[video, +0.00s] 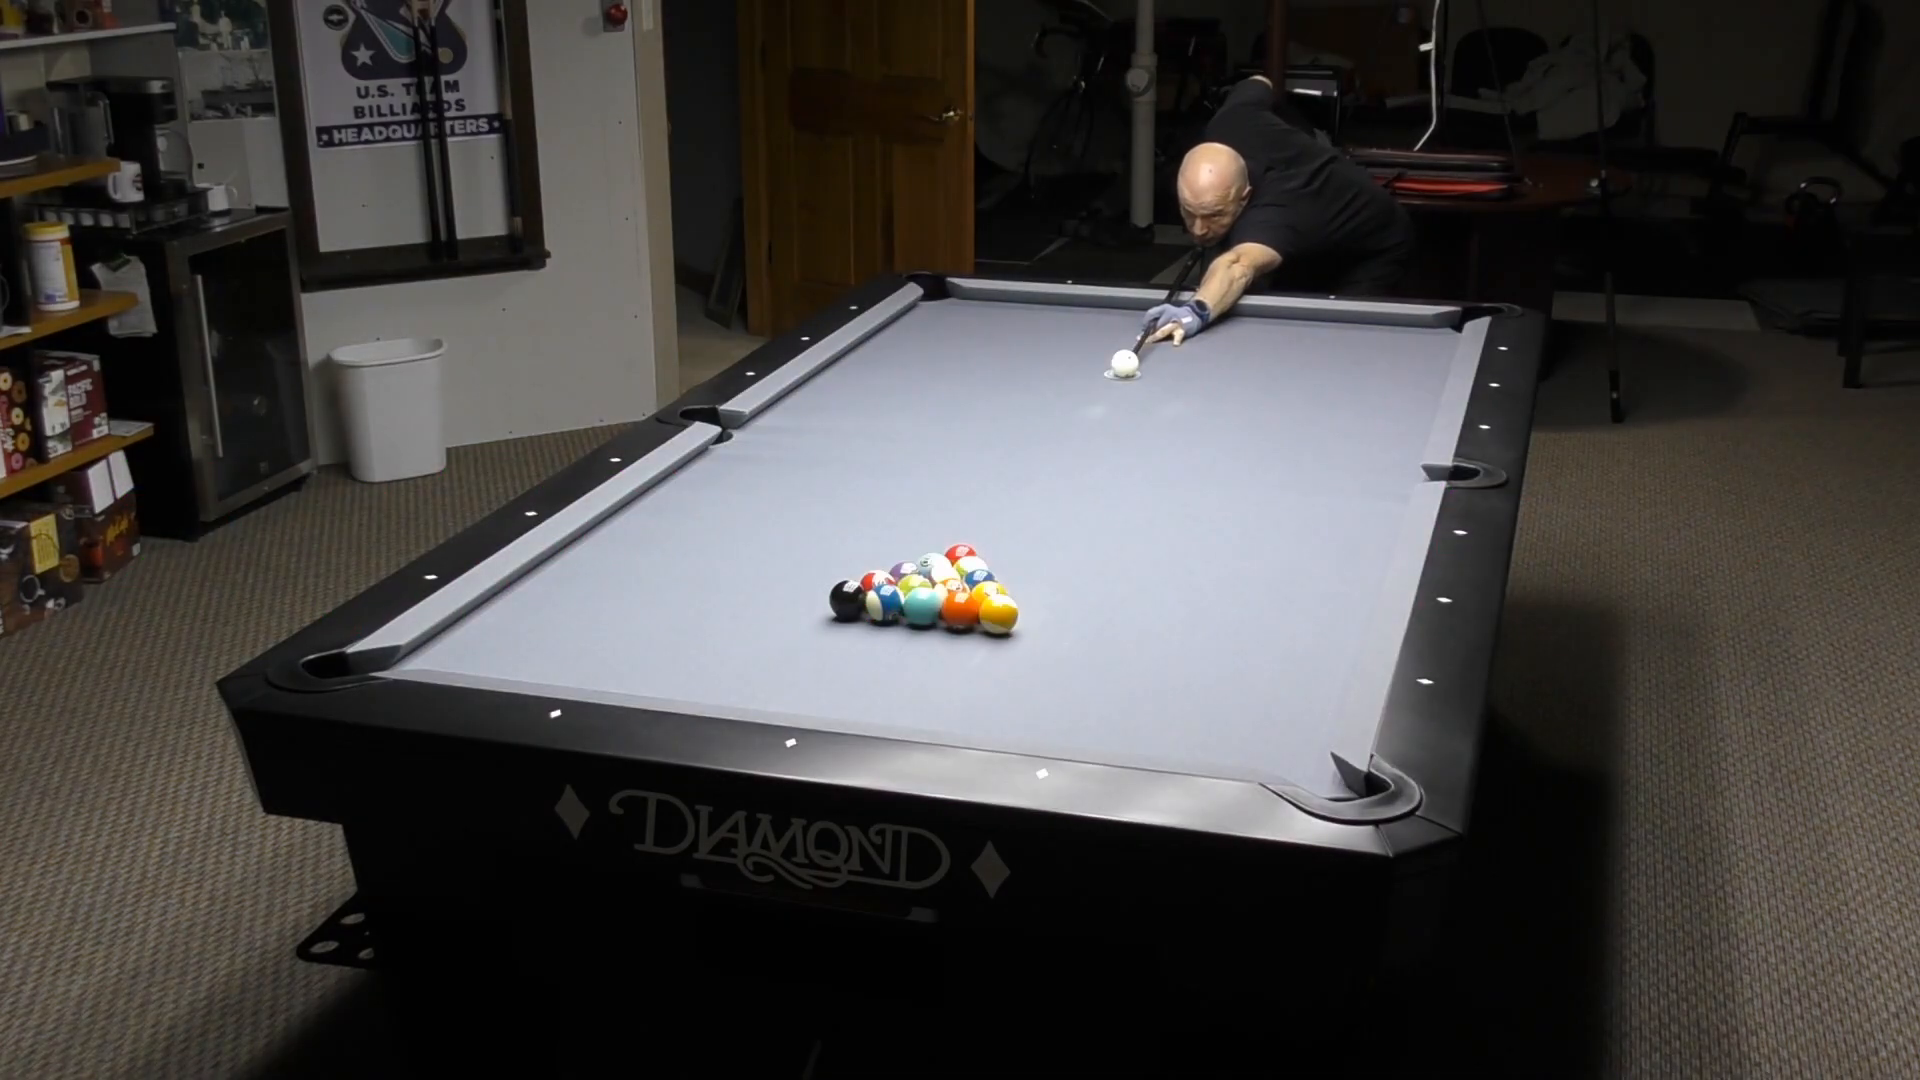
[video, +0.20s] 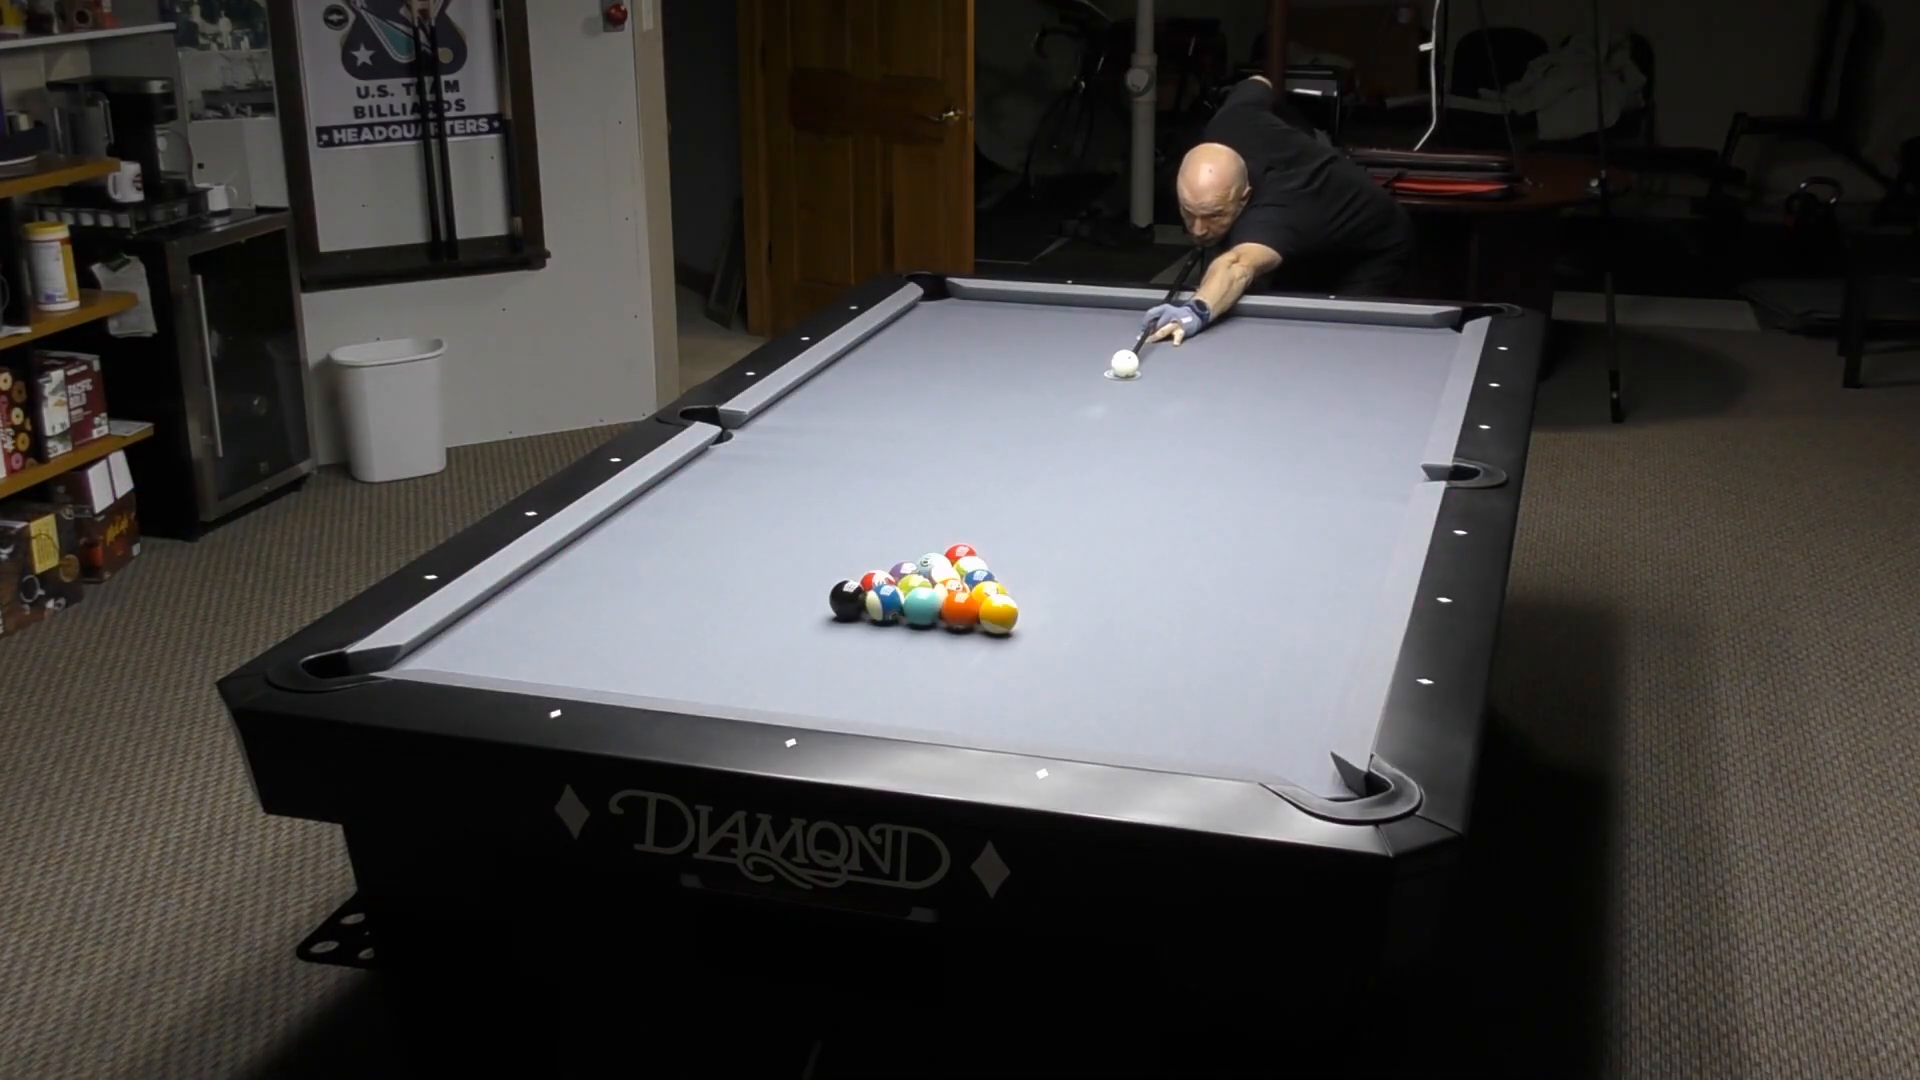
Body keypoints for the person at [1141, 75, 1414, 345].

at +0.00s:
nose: (1199, 231)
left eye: (1213, 217)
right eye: (1189, 215)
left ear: (1244, 195)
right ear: (1179, 187)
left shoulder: (1274, 215)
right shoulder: (1232, 121)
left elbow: (1238, 265)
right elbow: (1260, 80)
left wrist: (1194, 311)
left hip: (1379, 242)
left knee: (1338, 338)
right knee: (1279, 328)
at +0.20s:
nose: (1199, 231)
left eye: (1213, 217)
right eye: (1189, 215)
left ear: (1244, 195)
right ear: (1179, 187)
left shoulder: (1274, 216)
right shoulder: (1232, 121)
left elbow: (1238, 266)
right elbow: (1260, 81)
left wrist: (1195, 310)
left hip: (1378, 242)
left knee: (1338, 339)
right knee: (1280, 329)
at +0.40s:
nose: (1199, 231)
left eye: (1213, 217)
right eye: (1189, 215)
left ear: (1243, 195)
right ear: (1179, 188)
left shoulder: (1274, 215)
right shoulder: (1232, 121)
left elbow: (1238, 265)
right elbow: (1259, 81)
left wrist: (1195, 310)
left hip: (1378, 243)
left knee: (1339, 339)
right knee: (1280, 330)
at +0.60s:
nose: (1199, 232)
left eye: (1213, 218)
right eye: (1189, 216)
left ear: (1243, 195)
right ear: (1179, 188)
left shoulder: (1274, 216)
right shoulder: (1232, 121)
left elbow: (1238, 265)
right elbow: (1259, 81)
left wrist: (1195, 310)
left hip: (1378, 243)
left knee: (1339, 339)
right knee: (1280, 330)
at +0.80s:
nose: (1199, 232)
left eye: (1213, 218)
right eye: (1188, 216)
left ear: (1243, 195)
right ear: (1179, 188)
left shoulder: (1273, 217)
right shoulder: (1232, 121)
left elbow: (1238, 266)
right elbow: (1258, 81)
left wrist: (1194, 311)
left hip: (1379, 242)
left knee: (1338, 338)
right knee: (1279, 329)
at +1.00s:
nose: (1198, 232)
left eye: (1212, 219)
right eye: (1188, 217)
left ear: (1243, 195)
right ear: (1178, 188)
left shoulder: (1273, 217)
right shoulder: (1231, 122)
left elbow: (1238, 266)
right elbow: (1257, 81)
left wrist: (1194, 311)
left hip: (1379, 243)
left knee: (1339, 339)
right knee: (1280, 330)